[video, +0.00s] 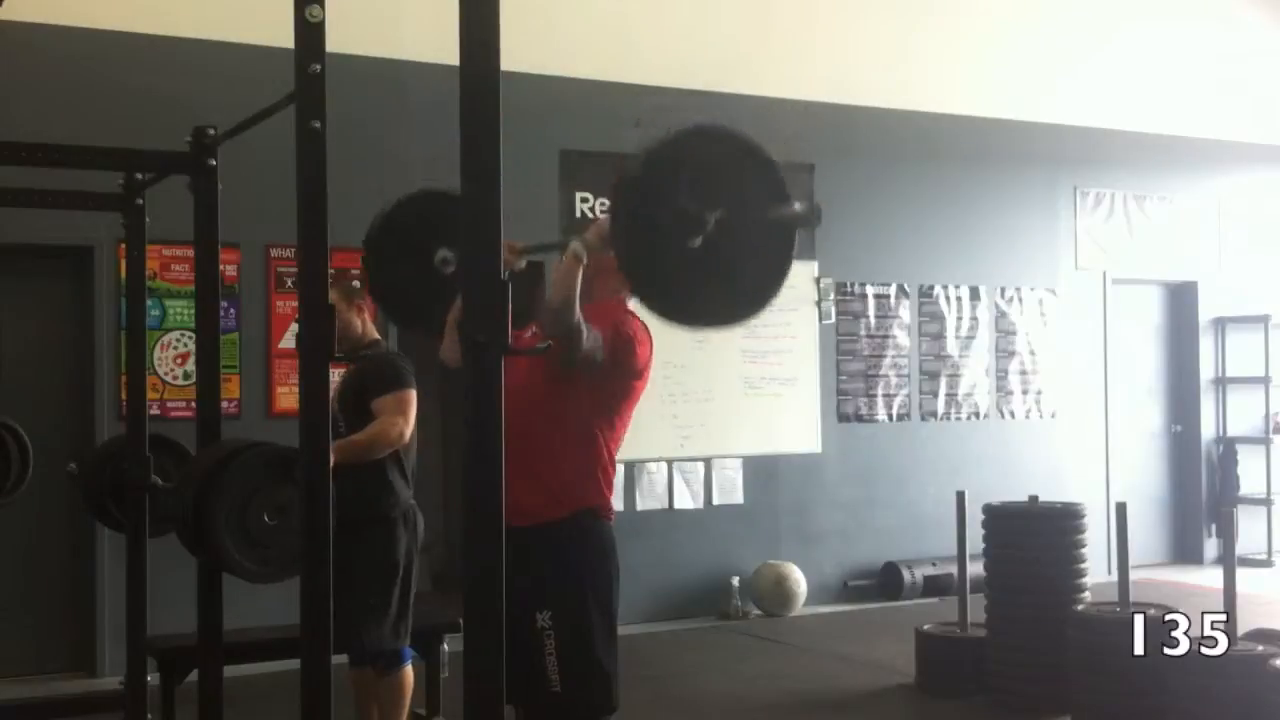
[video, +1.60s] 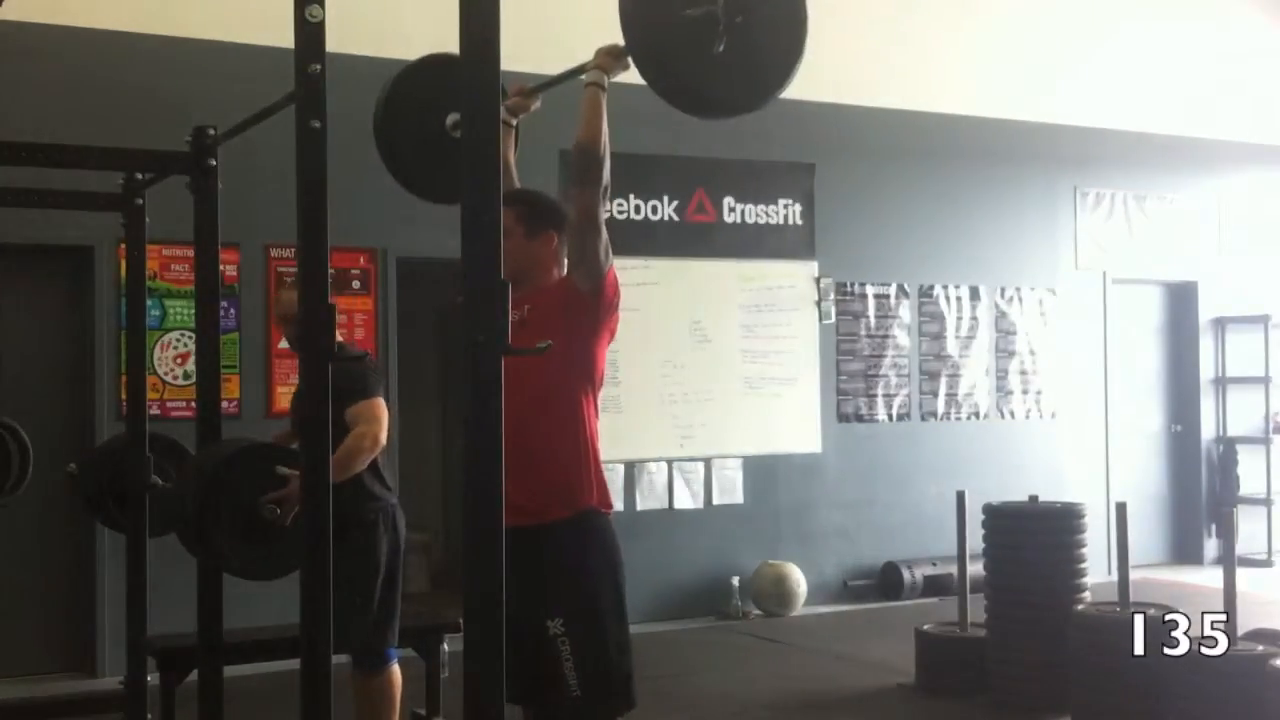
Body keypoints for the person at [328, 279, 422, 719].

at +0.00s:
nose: (331, 327)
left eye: (335, 316)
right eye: (328, 318)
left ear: (363, 310)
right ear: (352, 315)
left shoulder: (387, 364)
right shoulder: (357, 369)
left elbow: (397, 428)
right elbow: (348, 430)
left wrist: (332, 452)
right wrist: (325, 451)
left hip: (387, 517)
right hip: (359, 515)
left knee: (386, 644)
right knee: (361, 644)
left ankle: (394, 719)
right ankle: (369, 717)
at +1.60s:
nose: (287, 335)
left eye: (293, 324)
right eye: (283, 325)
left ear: (317, 321)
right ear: (287, 328)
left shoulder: (352, 366)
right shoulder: (314, 372)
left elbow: (372, 434)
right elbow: (304, 430)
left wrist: (311, 482)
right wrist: (260, 458)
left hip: (370, 516)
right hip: (341, 515)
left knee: (374, 650)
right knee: (361, 648)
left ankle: (385, 718)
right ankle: (369, 716)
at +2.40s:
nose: (320, 330)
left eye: (327, 319)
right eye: (317, 320)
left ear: (351, 316)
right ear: (320, 321)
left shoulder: (384, 375)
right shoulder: (330, 373)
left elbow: (390, 450)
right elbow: (307, 425)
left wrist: (359, 503)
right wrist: (261, 456)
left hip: (375, 527)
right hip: (331, 525)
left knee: (378, 648)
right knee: (339, 648)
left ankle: (388, 719)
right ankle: (347, 719)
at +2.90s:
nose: (334, 320)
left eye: (343, 309)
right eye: (329, 311)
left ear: (369, 312)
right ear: (320, 314)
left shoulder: (397, 368)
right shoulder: (317, 375)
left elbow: (427, 443)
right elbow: (279, 433)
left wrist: (428, 511)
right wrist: (241, 477)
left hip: (391, 520)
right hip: (336, 520)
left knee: (404, 640)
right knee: (353, 643)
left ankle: (418, 716)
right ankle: (350, 717)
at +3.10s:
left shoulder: (407, 368)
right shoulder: (324, 371)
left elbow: (435, 438)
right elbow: (286, 423)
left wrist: (444, 512)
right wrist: (243, 465)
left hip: (404, 519)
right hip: (344, 520)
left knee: (434, 638)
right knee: (356, 642)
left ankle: (454, 711)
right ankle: (351, 714)